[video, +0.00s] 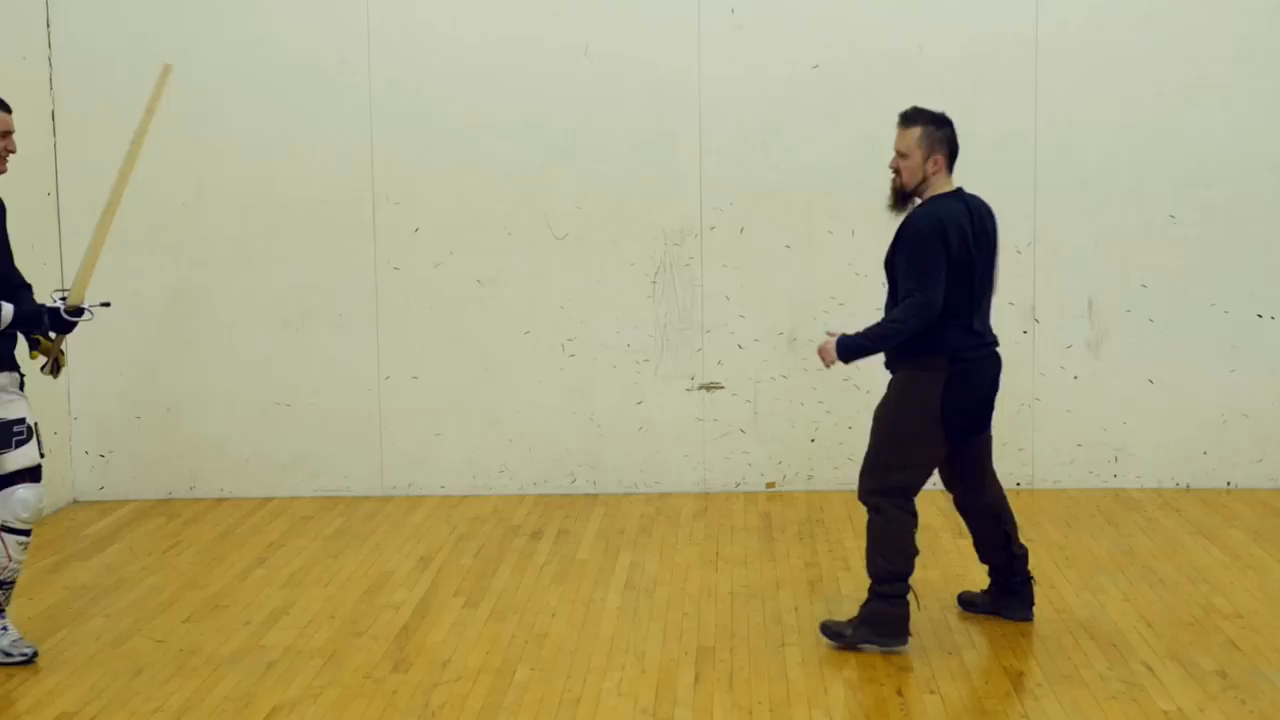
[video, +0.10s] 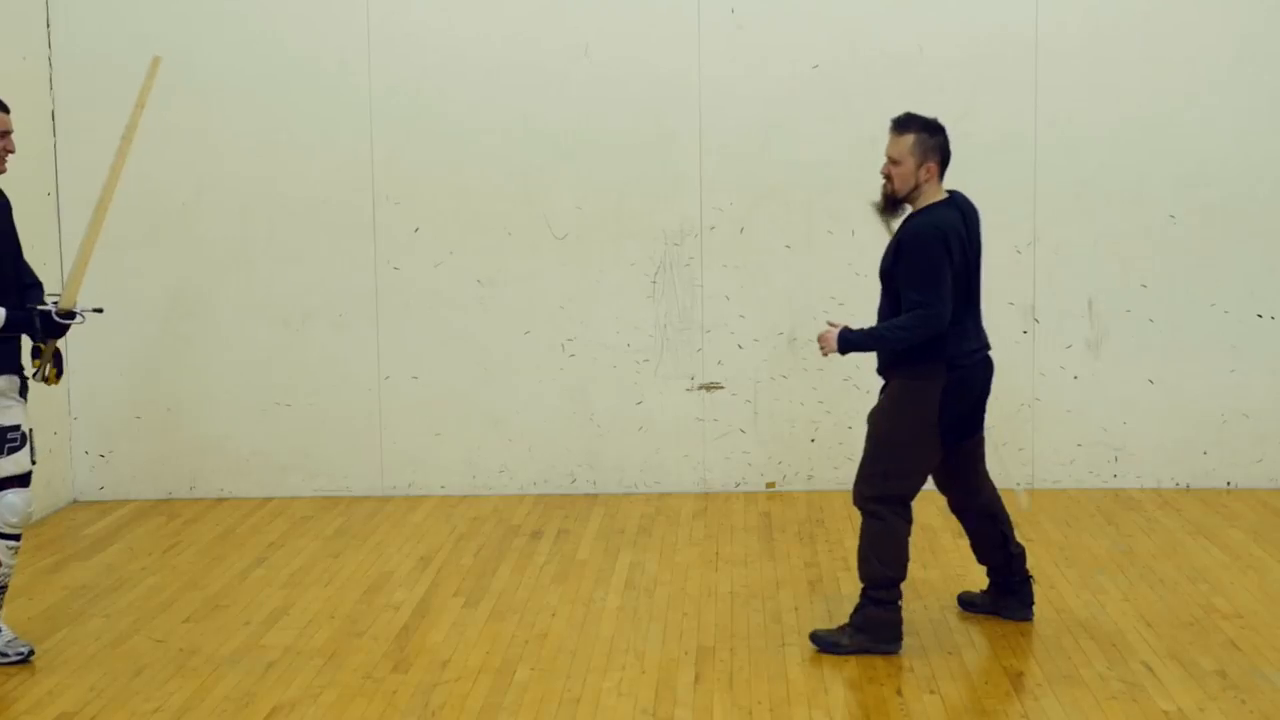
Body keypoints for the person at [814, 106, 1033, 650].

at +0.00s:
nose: (894, 165)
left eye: (902, 156)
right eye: (895, 155)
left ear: (935, 161)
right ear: (941, 163)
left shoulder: (925, 224)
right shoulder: (978, 213)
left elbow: (919, 309)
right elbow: (964, 294)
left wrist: (847, 346)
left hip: (930, 376)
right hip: (974, 371)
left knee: (886, 488)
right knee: (972, 480)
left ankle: (884, 617)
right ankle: (1012, 590)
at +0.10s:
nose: (887, 170)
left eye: (895, 162)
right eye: (887, 160)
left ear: (927, 167)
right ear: (930, 168)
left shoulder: (924, 230)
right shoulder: (960, 211)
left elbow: (929, 318)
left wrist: (851, 339)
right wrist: (899, 200)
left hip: (924, 380)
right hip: (963, 373)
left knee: (882, 494)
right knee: (965, 482)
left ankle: (876, 622)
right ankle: (1011, 589)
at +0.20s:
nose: (867, 180)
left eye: (877, 173)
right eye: (868, 169)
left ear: (911, 179)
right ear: (905, 175)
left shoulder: (922, 245)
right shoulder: (919, 207)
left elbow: (941, 338)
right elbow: (881, 225)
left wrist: (863, 349)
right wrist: (837, 225)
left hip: (917, 383)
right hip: (943, 376)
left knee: (867, 494)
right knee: (946, 482)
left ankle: (876, 623)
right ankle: (1007, 583)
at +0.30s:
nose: (854, 191)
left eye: (864, 183)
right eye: (855, 181)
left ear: (898, 189)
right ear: (887, 186)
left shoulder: (931, 252)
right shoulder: (880, 214)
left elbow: (955, 337)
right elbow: (832, 223)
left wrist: (877, 337)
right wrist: (768, 240)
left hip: (916, 387)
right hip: (906, 379)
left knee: (867, 495)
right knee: (929, 483)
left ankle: (877, 623)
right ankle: (998, 569)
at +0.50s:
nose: (857, 217)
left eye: (869, 206)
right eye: (853, 205)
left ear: (902, 201)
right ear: (849, 199)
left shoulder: (941, 256)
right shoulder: (849, 229)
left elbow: (984, 322)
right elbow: (812, 288)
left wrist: (913, 333)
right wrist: (782, 359)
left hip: (923, 392)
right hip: (875, 392)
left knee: (870, 495)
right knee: (909, 492)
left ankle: (878, 623)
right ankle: (980, 569)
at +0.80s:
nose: (854, 179)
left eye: (863, 169)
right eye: (852, 170)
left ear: (899, 170)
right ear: (874, 173)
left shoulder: (944, 229)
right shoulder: (860, 226)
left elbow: (976, 301)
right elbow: (815, 270)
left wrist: (901, 301)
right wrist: (772, 246)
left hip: (934, 384)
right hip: (893, 388)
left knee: (873, 495)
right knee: (919, 496)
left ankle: (877, 624)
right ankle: (987, 584)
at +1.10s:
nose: (865, 193)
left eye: (869, 182)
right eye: (865, 182)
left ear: (898, 185)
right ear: (908, 186)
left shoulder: (908, 247)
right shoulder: (941, 236)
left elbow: (910, 330)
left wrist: (863, 319)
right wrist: (830, 246)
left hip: (913, 401)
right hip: (948, 396)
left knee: (849, 506)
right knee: (921, 497)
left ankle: (892, 629)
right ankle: (989, 586)